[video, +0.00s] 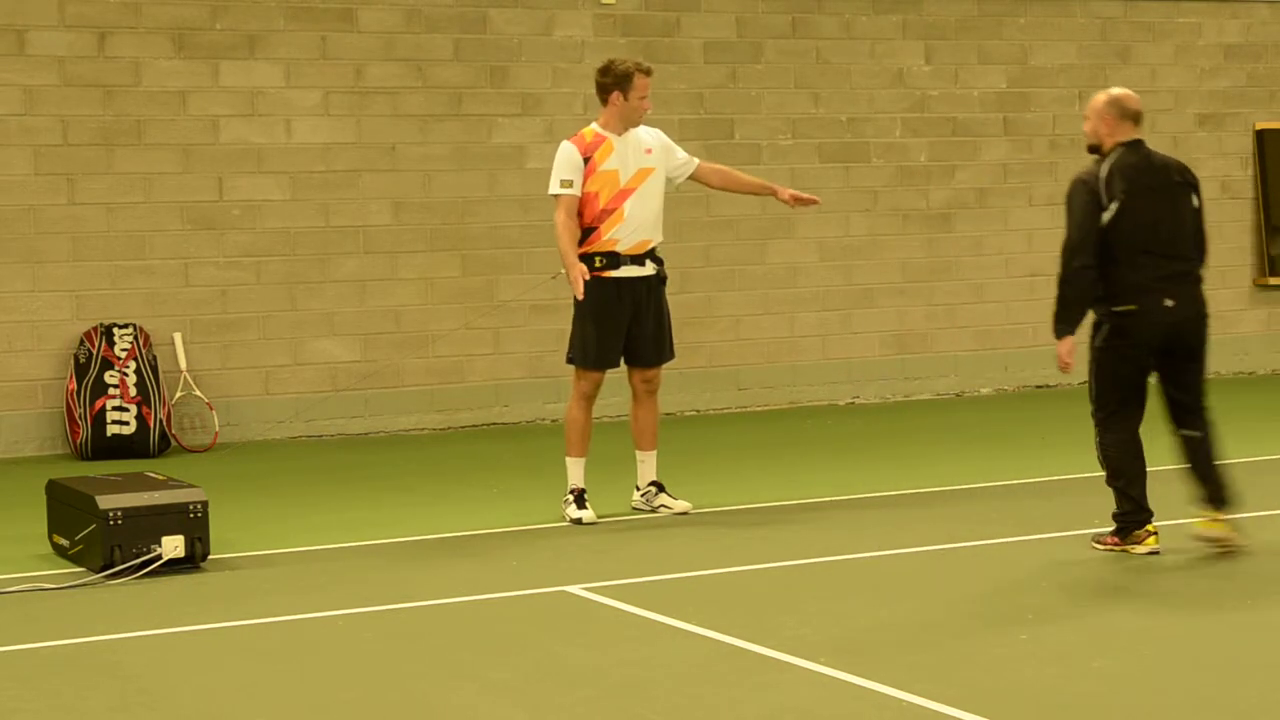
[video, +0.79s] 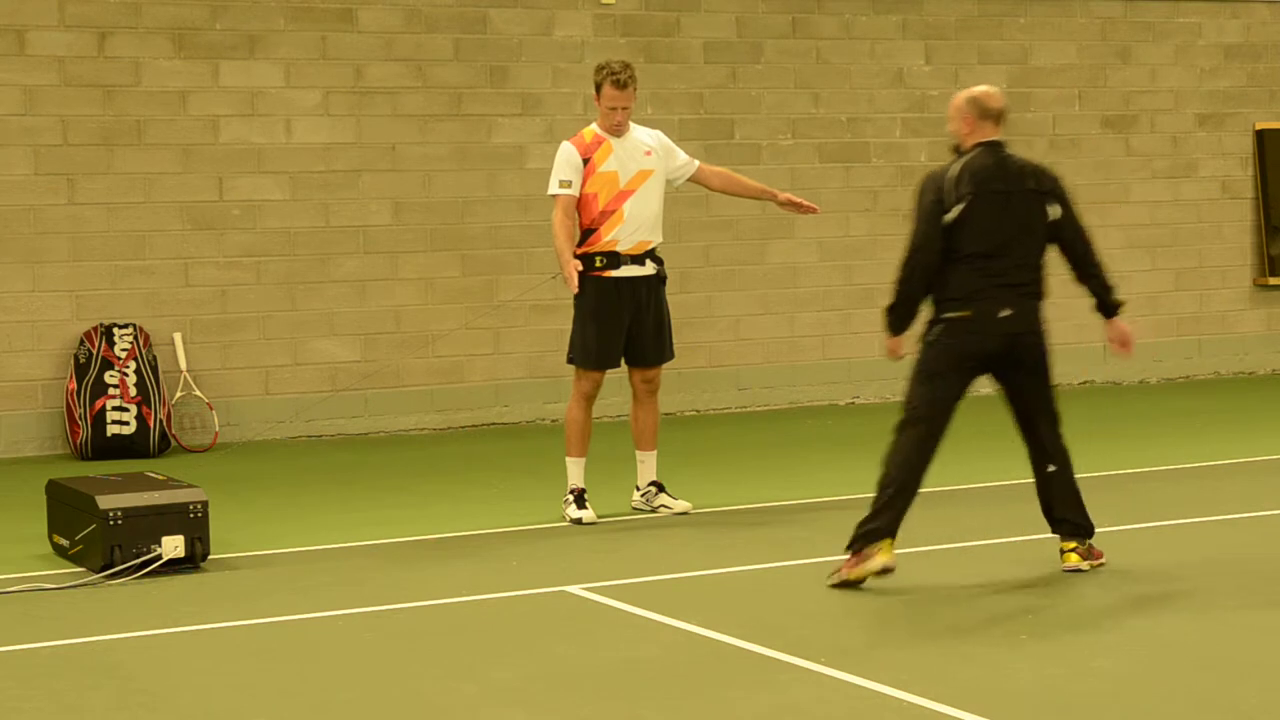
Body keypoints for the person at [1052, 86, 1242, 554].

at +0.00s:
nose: (1084, 128)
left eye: (1090, 119)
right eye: (1086, 119)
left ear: (1110, 123)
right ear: (1131, 123)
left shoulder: (1093, 182)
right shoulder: (1180, 173)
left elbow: (1080, 260)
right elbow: (1196, 250)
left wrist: (1065, 328)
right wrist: (1173, 289)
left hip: (1125, 320)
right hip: (1185, 313)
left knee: (1116, 420)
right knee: (1190, 412)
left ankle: (1134, 526)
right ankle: (1218, 507)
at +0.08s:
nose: (1072, 125)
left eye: (1075, 116)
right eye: (1074, 116)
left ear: (1094, 118)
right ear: (1120, 116)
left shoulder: (1080, 177)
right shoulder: (1168, 168)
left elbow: (1070, 254)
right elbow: (1181, 243)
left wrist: (1056, 322)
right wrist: (1149, 279)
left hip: (1112, 315)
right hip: (1172, 309)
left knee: (1111, 415)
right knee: (1160, 410)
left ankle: (1130, 524)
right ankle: (1145, 502)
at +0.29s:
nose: (1047, 133)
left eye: (1049, 124)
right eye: (1048, 124)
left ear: (1066, 124)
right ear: (1096, 122)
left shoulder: (1052, 180)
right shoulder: (1142, 176)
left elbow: (1043, 257)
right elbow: (1150, 253)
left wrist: (1033, 327)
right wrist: (1117, 287)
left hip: (1073, 321)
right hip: (1133, 320)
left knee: (1051, 405)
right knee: (1106, 420)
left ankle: (1092, 510)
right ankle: (1081, 533)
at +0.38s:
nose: (1037, 128)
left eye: (1040, 119)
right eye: (1038, 118)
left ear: (1055, 121)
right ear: (1087, 119)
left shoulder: (1038, 177)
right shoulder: (1131, 174)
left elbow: (1028, 257)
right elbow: (1141, 254)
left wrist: (1021, 327)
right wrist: (1113, 293)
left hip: (1060, 322)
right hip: (1119, 323)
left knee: (1027, 404)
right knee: (1097, 424)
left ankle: (1056, 515)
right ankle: (1082, 535)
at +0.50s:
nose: (1018, 120)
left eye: (1020, 111)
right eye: (1019, 111)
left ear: (1034, 112)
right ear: (1065, 111)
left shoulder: (1016, 169)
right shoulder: (1112, 167)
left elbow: (1000, 246)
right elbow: (1126, 246)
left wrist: (991, 317)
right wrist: (1117, 311)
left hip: (1034, 318)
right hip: (1096, 319)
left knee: (995, 408)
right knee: (1084, 428)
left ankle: (994, 523)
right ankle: (1080, 539)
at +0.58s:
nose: (1003, 120)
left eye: (1006, 111)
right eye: (1005, 110)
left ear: (1019, 112)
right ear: (1051, 111)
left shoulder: (999, 170)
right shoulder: (1095, 168)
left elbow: (981, 245)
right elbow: (1117, 247)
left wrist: (961, 314)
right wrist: (1130, 312)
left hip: (1014, 317)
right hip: (1079, 319)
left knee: (973, 414)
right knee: (1076, 428)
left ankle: (950, 528)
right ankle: (1079, 540)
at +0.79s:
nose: (951, 129)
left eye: (953, 120)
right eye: (954, 119)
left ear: (966, 122)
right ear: (999, 122)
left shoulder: (943, 183)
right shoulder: (1039, 179)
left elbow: (923, 257)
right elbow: (1076, 246)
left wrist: (896, 320)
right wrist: (1110, 309)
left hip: (956, 331)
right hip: (1020, 329)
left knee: (916, 431)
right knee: (1044, 433)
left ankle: (874, 540)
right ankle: (1076, 540)